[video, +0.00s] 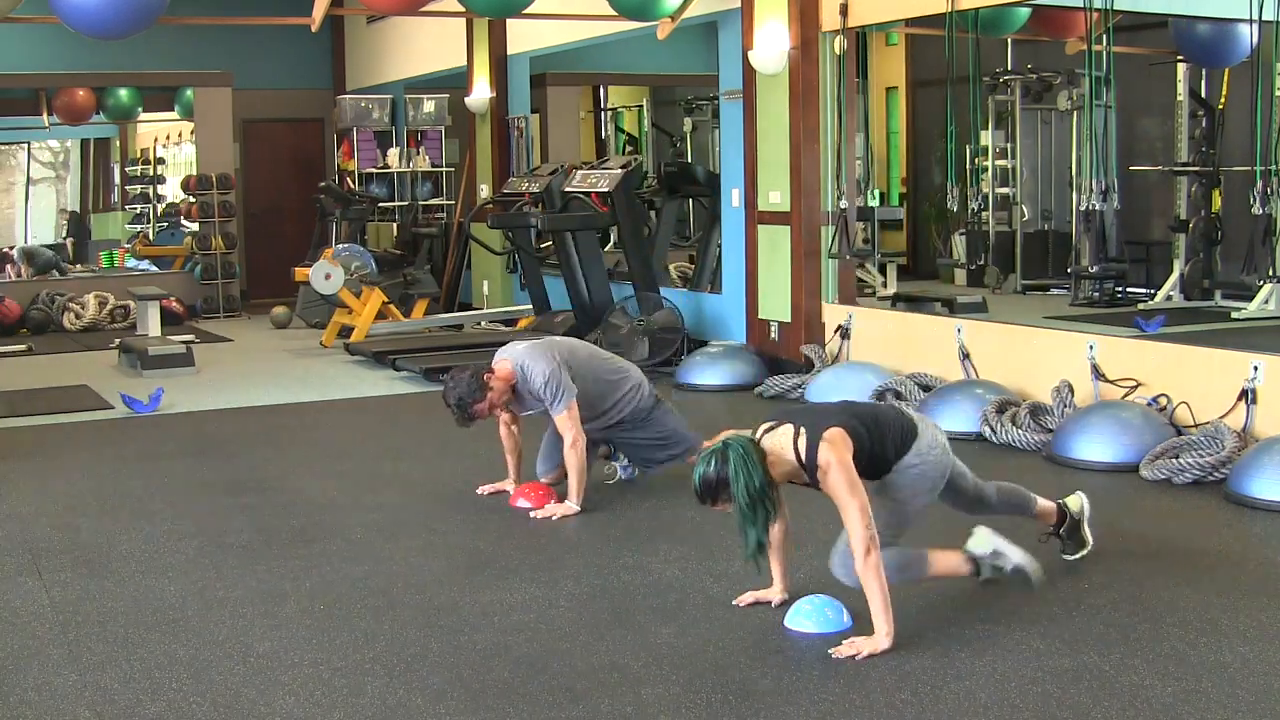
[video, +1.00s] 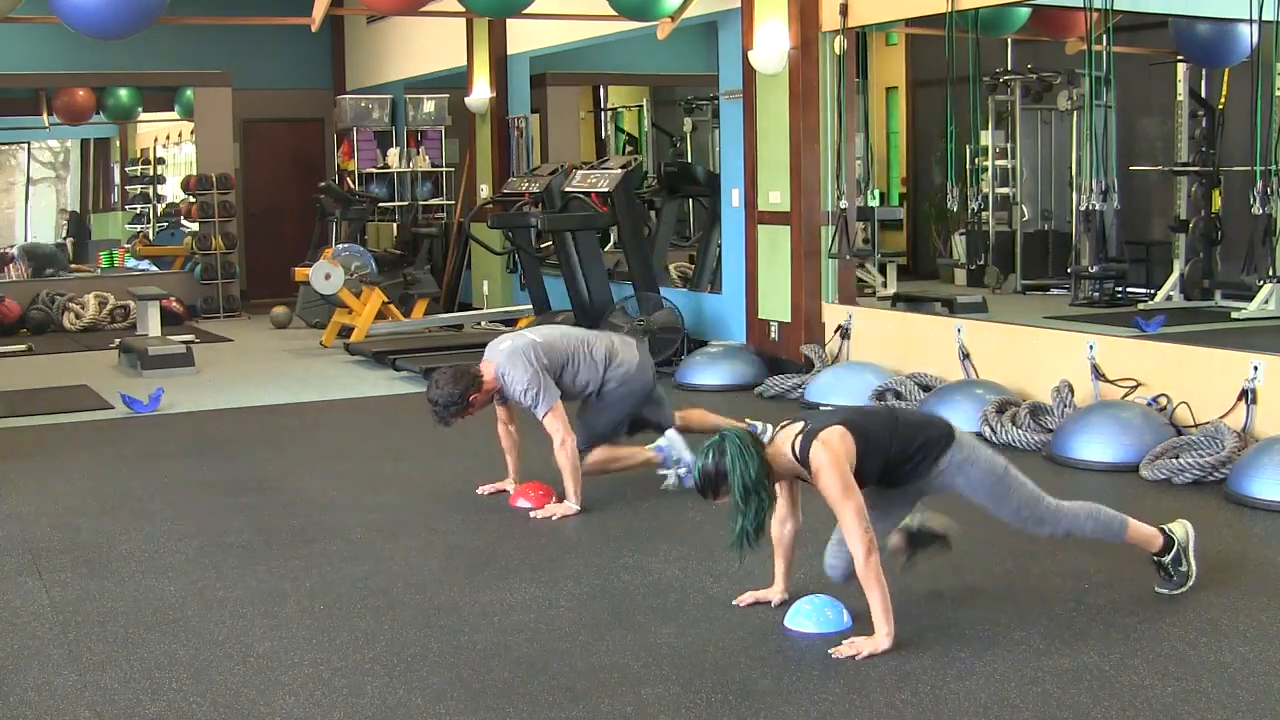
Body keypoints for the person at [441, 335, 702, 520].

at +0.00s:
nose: (497, 410)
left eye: (493, 407)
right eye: (491, 413)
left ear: (489, 384)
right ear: (485, 383)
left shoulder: (541, 369)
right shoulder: (497, 375)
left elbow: (574, 439)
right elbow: (508, 423)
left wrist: (574, 503)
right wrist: (512, 479)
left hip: (629, 400)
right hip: (582, 411)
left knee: (699, 455)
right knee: (548, 476)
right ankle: (614, 448)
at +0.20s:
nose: (491, 425)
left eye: (486, 419)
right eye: (484, 424)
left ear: (487, 395)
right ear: (481, 392)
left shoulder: (532, 370)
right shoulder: (493, 374)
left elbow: (570, 440)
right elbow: (506, 425)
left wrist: (574, 502)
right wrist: (512, 480)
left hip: (634, 362)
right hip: (598, 376)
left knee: (697, 423)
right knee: (587, 437)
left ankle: (764, 429)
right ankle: (649, 429)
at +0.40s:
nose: (486, 425)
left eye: (481, 420)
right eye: (480, 424)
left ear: (486, 396)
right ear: (481, 394)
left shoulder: (530, 373)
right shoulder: (492, 372)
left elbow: (567, 439)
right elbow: (506, 425)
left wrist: (573, 502)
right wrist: (513, 479)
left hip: (633, 341)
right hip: (606, 366)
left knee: (700, 403)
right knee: (632, 426)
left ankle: (781, 424)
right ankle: (695, 404)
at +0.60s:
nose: (487, 419)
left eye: (483, 414)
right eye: (481, 417)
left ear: (491, 393)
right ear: (483, 388)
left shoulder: (539, 369)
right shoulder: (501, 373)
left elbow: (576, 440)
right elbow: (512, 423)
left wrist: (574, 502)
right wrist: (514, 479)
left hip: (643, 386)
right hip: (617, 402)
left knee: (712, 452)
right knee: (669, 451)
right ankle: (727, 429)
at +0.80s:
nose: (477, 421)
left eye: (472, 418)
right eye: (471, 420)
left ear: (481, 399)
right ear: (478, 389)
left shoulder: (525, 371)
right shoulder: (496, 364)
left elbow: (567, 440)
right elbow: (508, 424)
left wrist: (574, 501)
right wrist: (513, 479)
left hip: (632, 358)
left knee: (649, 458)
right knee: (667, 404)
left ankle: (737, 445)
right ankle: (737, 415)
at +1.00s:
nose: (473, 416)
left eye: (468, 413)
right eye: (470, 413)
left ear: (476, 397)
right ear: (473, 381)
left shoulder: (521, 373)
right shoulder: (494, 360)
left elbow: (565, 439)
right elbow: (507, 423)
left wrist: (573, 501)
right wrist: (512, 479)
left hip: (623, 375)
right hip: (627, 355)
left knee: (577, 459)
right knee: (668, 423)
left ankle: (666, 452)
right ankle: (753, 430)